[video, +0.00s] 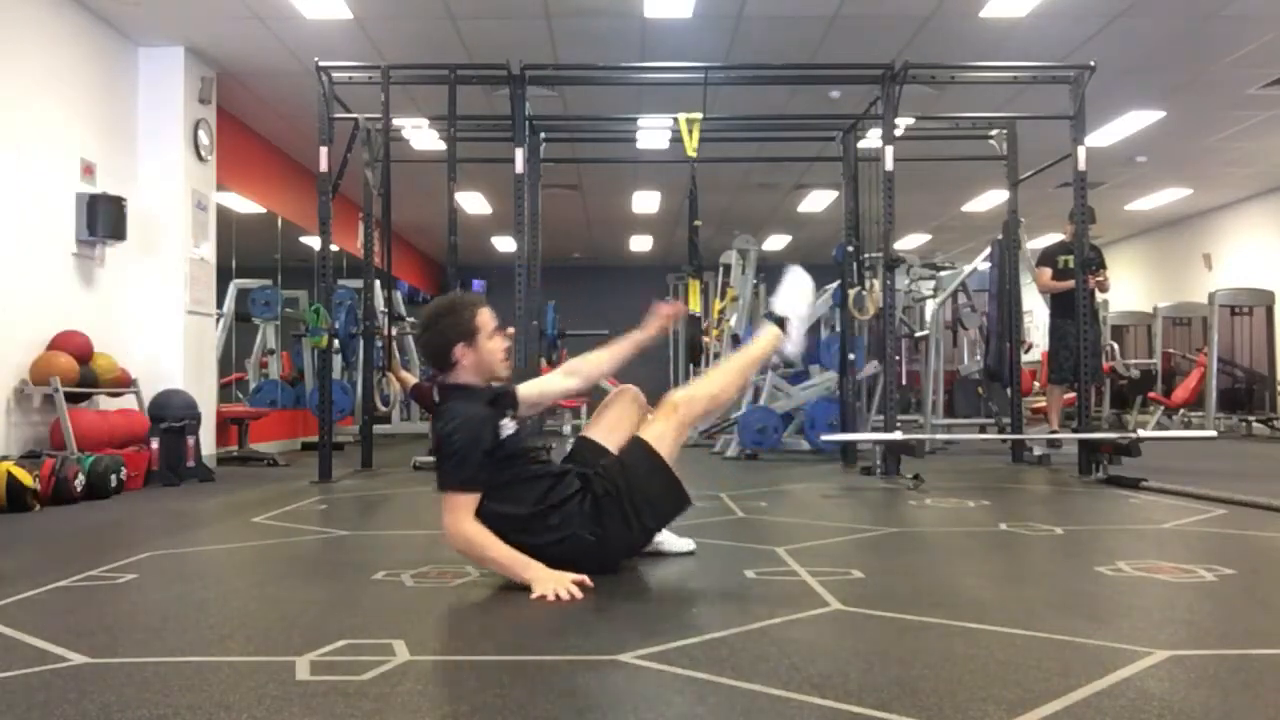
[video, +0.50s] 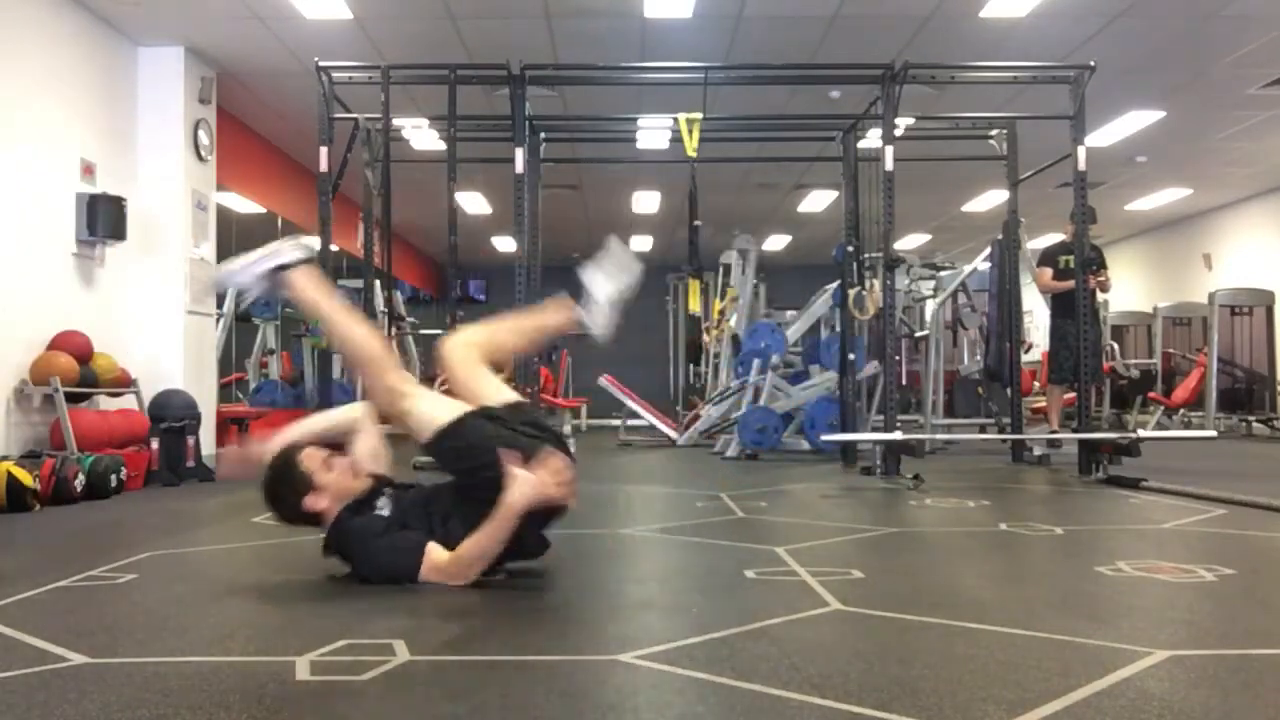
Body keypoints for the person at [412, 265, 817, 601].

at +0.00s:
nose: (508, 338)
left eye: (501, 330)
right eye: (495, 334)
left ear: (465, 355)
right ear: (461, 356)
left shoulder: (483, 398)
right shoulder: (463, 420)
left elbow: (566, 379)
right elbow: (457, 527)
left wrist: (645, 334)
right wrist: (536, 574)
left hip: (567, 499)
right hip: (589, 532)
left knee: (627, 395)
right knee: (678, 406)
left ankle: (637, 529)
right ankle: (780, 329)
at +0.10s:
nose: (473, 359)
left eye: (465, 349)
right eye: (460, 354)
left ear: (434, 378)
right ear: (429, 380)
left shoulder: (460, 413)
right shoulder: (438, 439)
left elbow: (536, 377)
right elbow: (462, 541)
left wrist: (589, 315)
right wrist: (546, 574)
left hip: (565, 506)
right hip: (579, 533)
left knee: (617, 402)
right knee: (640, 389)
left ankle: (628, 530)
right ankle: (726, 290)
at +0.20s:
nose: (436, 386)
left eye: (426, 378)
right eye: (420, 383)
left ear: (402, 413)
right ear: (395, 414)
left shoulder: (437, 435)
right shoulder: (415, 464)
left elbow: (494, 388)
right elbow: (467, 556)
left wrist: (505, 307)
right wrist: (559, 569)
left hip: (568, 511)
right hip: (566, 531)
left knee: (618, 388)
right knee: (581, 362)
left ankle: (639, 520)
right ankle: (629, 236)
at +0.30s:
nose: (410, 406)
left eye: (401, 398)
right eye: (393, 405)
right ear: (371, 441)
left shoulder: (419, 449)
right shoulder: (399, 486)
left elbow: (467, 396)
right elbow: (471, 562)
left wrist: (437, 320)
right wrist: (561, 561)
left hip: (564, 509)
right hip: (554, 531)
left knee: (593, 376)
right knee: (532, 361)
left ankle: (650, 482)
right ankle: (538, 221)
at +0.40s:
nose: (371, 435)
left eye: (361, 430)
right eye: (356, 437)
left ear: (368, 439)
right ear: (342, 477)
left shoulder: (396, 475)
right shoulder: (376, 514)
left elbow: (417, 402)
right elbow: (466, 570)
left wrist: (337, 369)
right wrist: (550, 534)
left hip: (556, 492)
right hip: (541, 517)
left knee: (521, 356)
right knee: (457, 379)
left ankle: (644, 399)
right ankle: (402, 241)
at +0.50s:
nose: (344, 459)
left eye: (336, 456)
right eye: (329, 463)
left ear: (344, 467)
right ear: (317, 500)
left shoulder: (375, 494)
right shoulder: (359, 536)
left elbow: (365, 418)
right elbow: (453, 572)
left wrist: (284, 437)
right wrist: (517, 501)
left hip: (536, 455)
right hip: (512, 481)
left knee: (458, 347)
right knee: (391, 386)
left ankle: (583, 309)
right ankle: (293, 272)